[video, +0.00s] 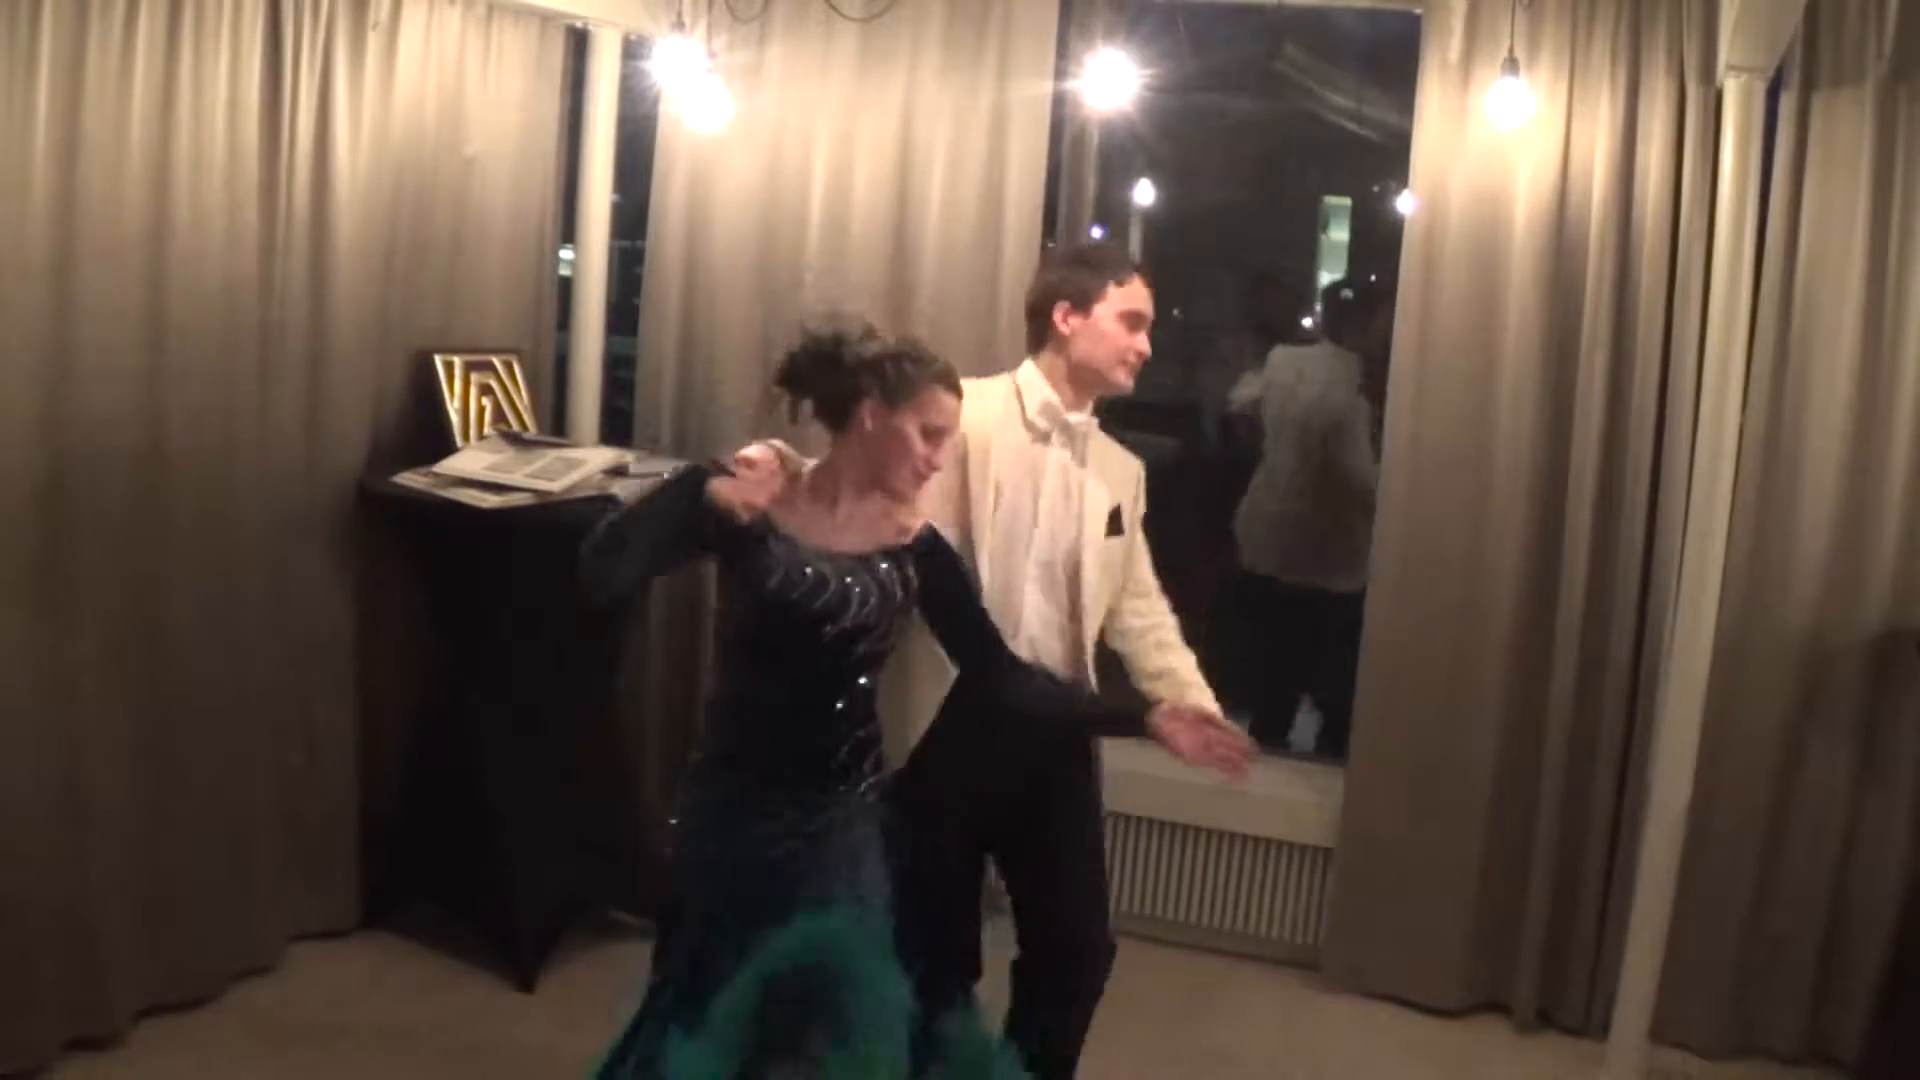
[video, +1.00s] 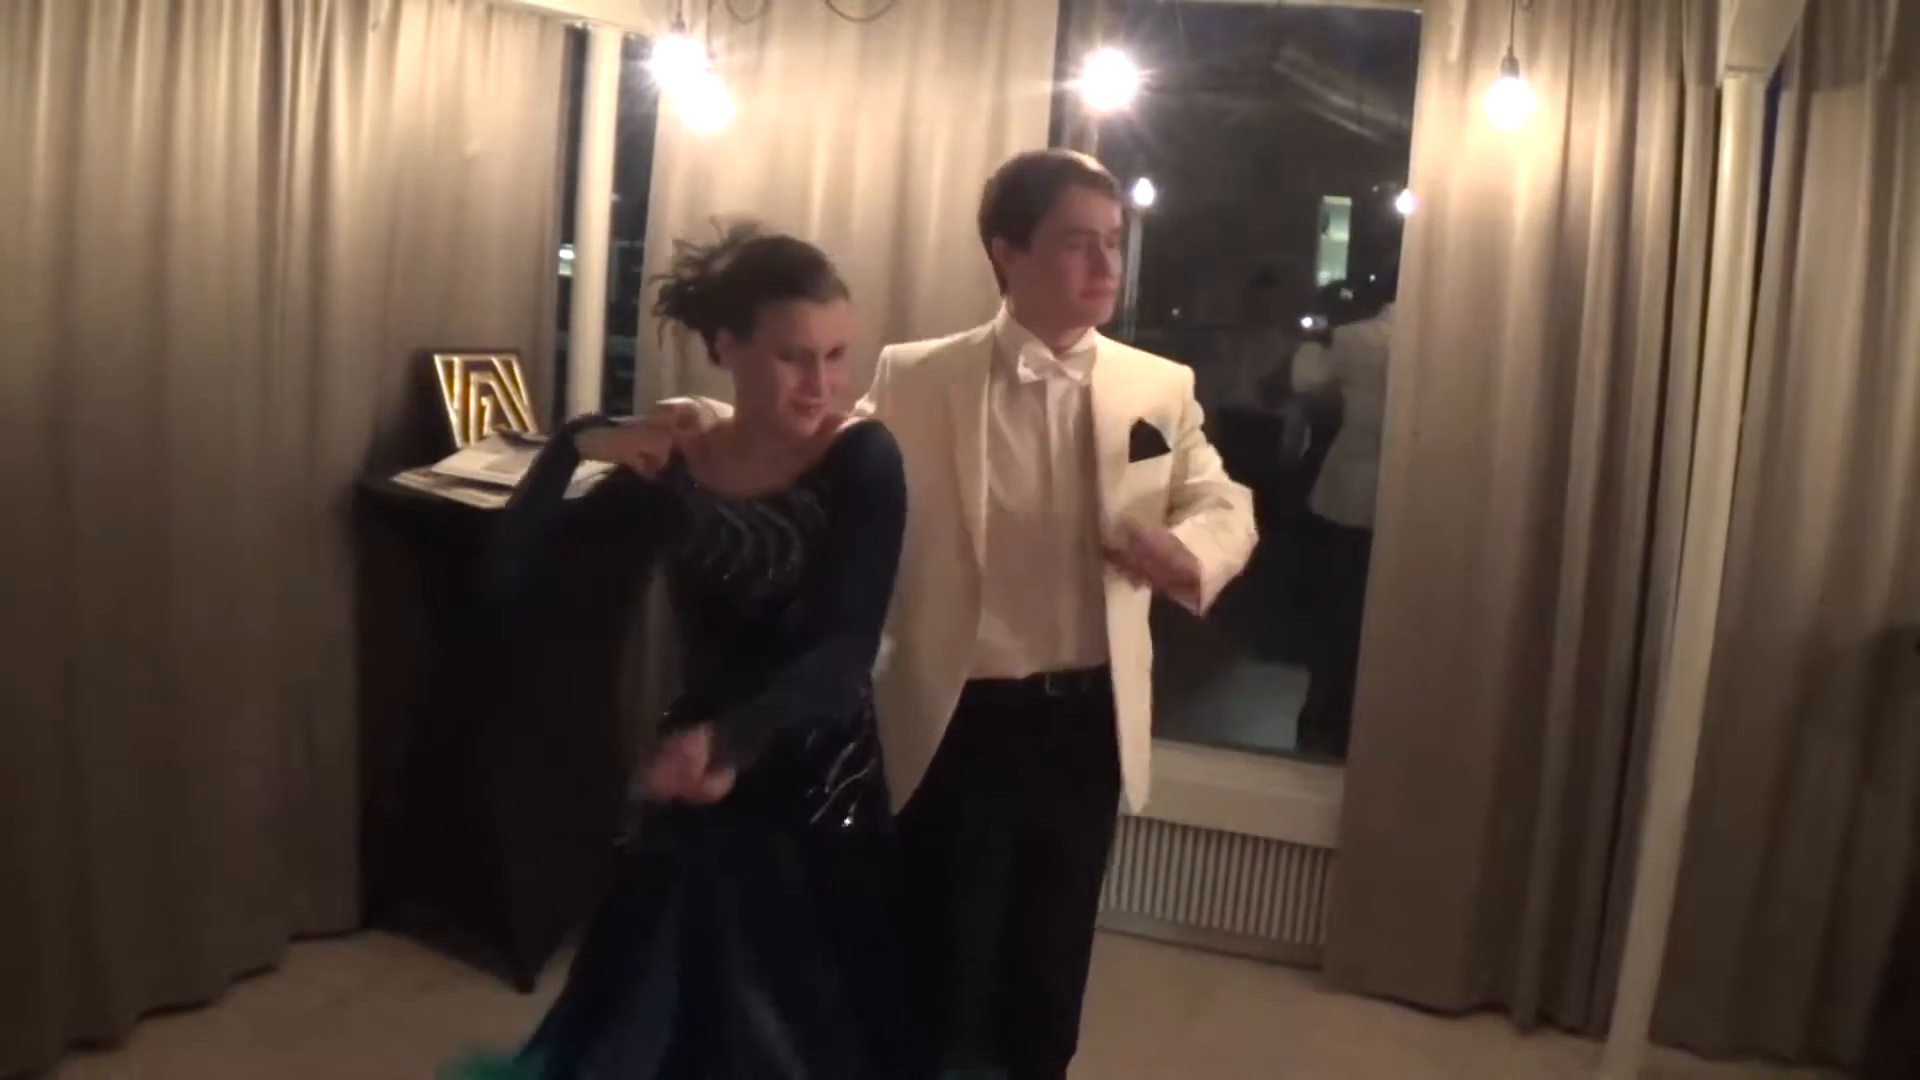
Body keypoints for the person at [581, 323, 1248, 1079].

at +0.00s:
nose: (939, 458)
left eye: (947, 439)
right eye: (928, 435)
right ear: (865, 416)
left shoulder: (915, 545)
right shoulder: (752, 502)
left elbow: (1001, 676)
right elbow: (603, 571)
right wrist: (700, 491)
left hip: (847, 801)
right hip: (738, 795)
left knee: (857, 1003)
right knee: (712, 1002)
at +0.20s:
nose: (952, 435)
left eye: (958, 417)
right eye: (940, 410)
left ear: (894, 403)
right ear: (872, 393)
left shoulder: (917, 529)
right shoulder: (750, 471)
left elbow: (1046, 631)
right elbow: (597, 514)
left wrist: (1186, 621)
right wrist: (706, 433)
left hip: (835, 790)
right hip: (723, 775)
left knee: (830, 1009)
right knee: (688, 1000)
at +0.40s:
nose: (940, 411)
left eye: (950, 392)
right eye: (931, 384)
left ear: (889, 374)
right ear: (862, 362)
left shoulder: (910, 501)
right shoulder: (740, 439)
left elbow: (1046, 611)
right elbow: (575, 487)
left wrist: (1182, 563)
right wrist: (690, 396)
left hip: (829, 762)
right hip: (710, 747)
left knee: (815, 981)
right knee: (685, 971)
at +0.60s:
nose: (905, 406)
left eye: (914, 384)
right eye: (888, 379)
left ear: (917, 385)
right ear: (819, 362)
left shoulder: (902, 501)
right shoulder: (713, 466)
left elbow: (960, 674)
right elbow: (552, 545)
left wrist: (1090, 623)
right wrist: (638, 435)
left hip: (836, 781)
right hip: (712, 773)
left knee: (828, 1005)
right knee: (691, 1001)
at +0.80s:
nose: (853, 386)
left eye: (869, 365)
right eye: (829, 363)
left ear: (882, 366)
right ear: (761, 352)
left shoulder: (877, 476)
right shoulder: (699, 450)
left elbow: (870, 669)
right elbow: (546, 571)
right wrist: (601, 449)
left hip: (820, 763)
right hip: (702, 749)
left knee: (811, 981)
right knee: (679, 963)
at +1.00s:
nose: (823, 383)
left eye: (839, 356)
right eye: (795, 359)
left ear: (854, 346)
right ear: (727, 350)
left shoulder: (863, 458)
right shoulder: (677, 458)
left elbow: (848, 649)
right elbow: (516, 580)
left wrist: (730, 738)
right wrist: (572, 444)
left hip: (823, 780)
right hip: (698, 773)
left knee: (813, 1016)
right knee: (657, 1007)